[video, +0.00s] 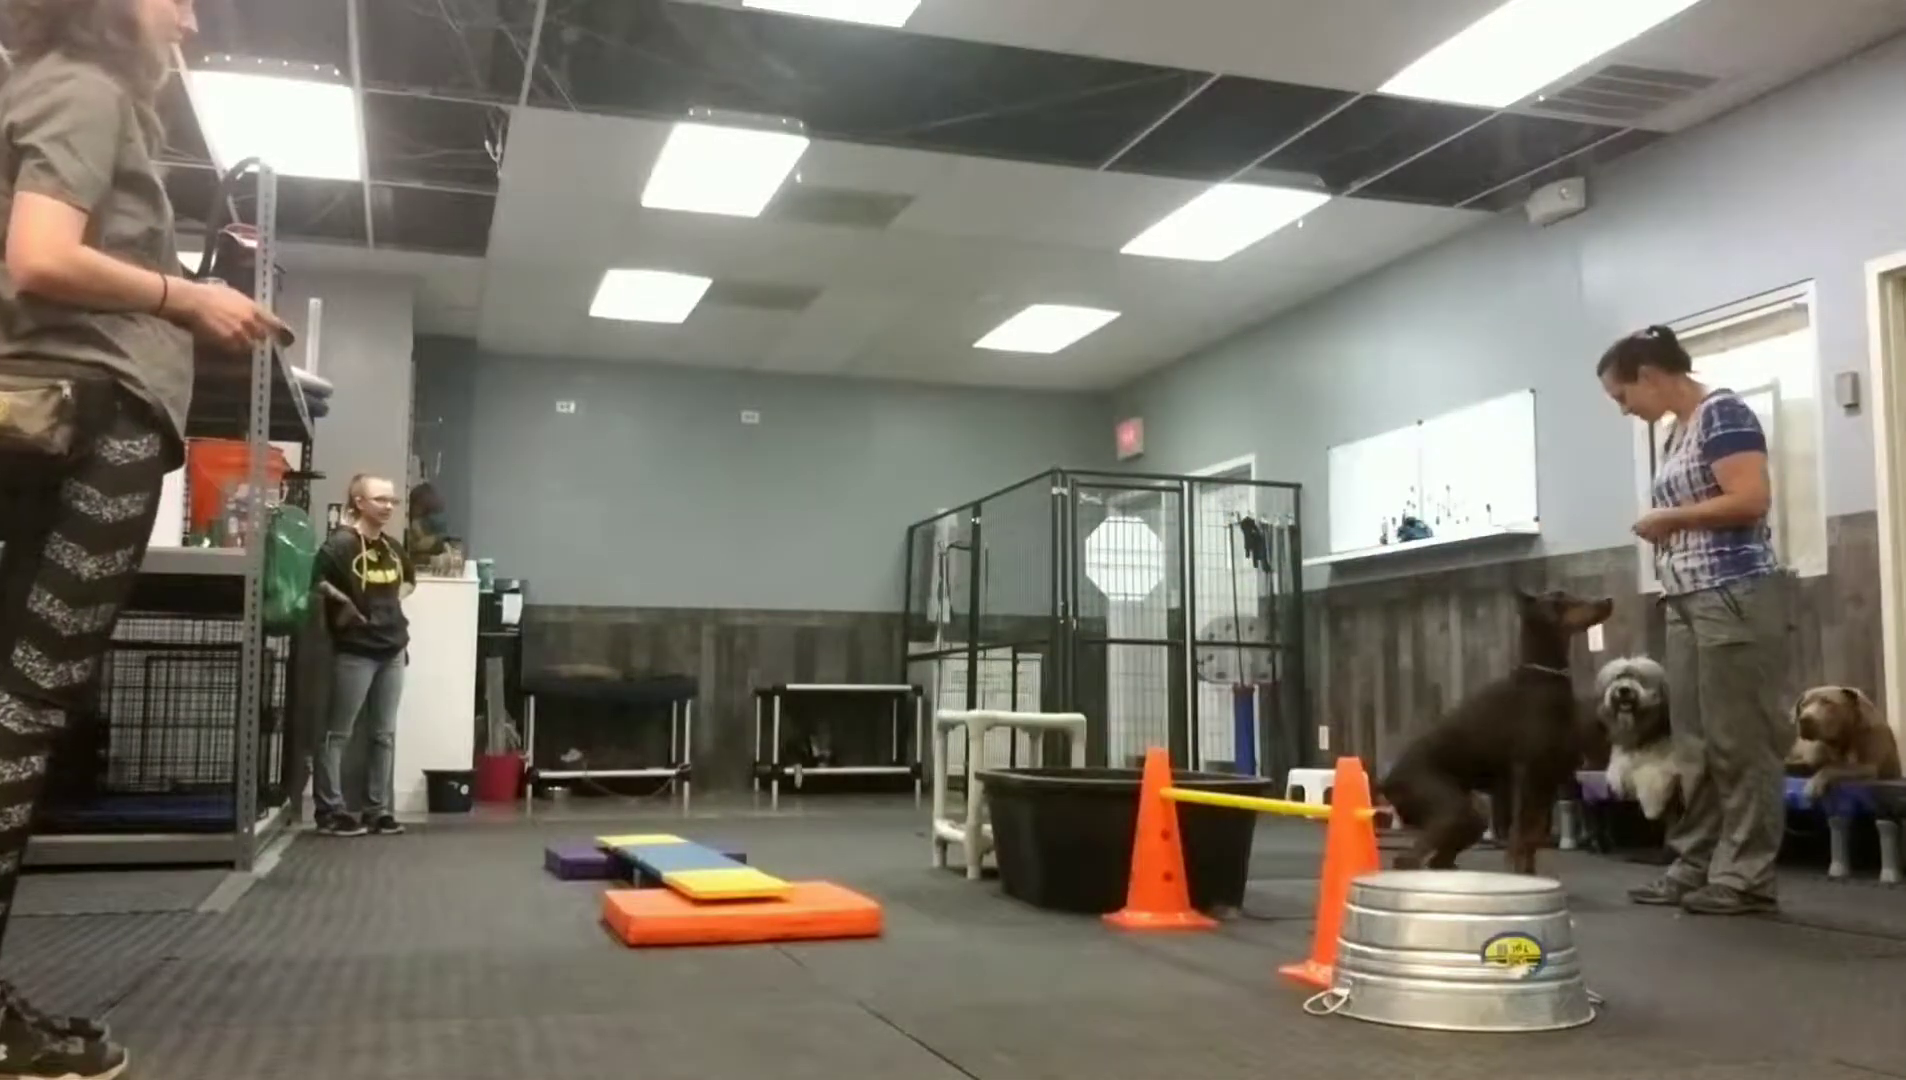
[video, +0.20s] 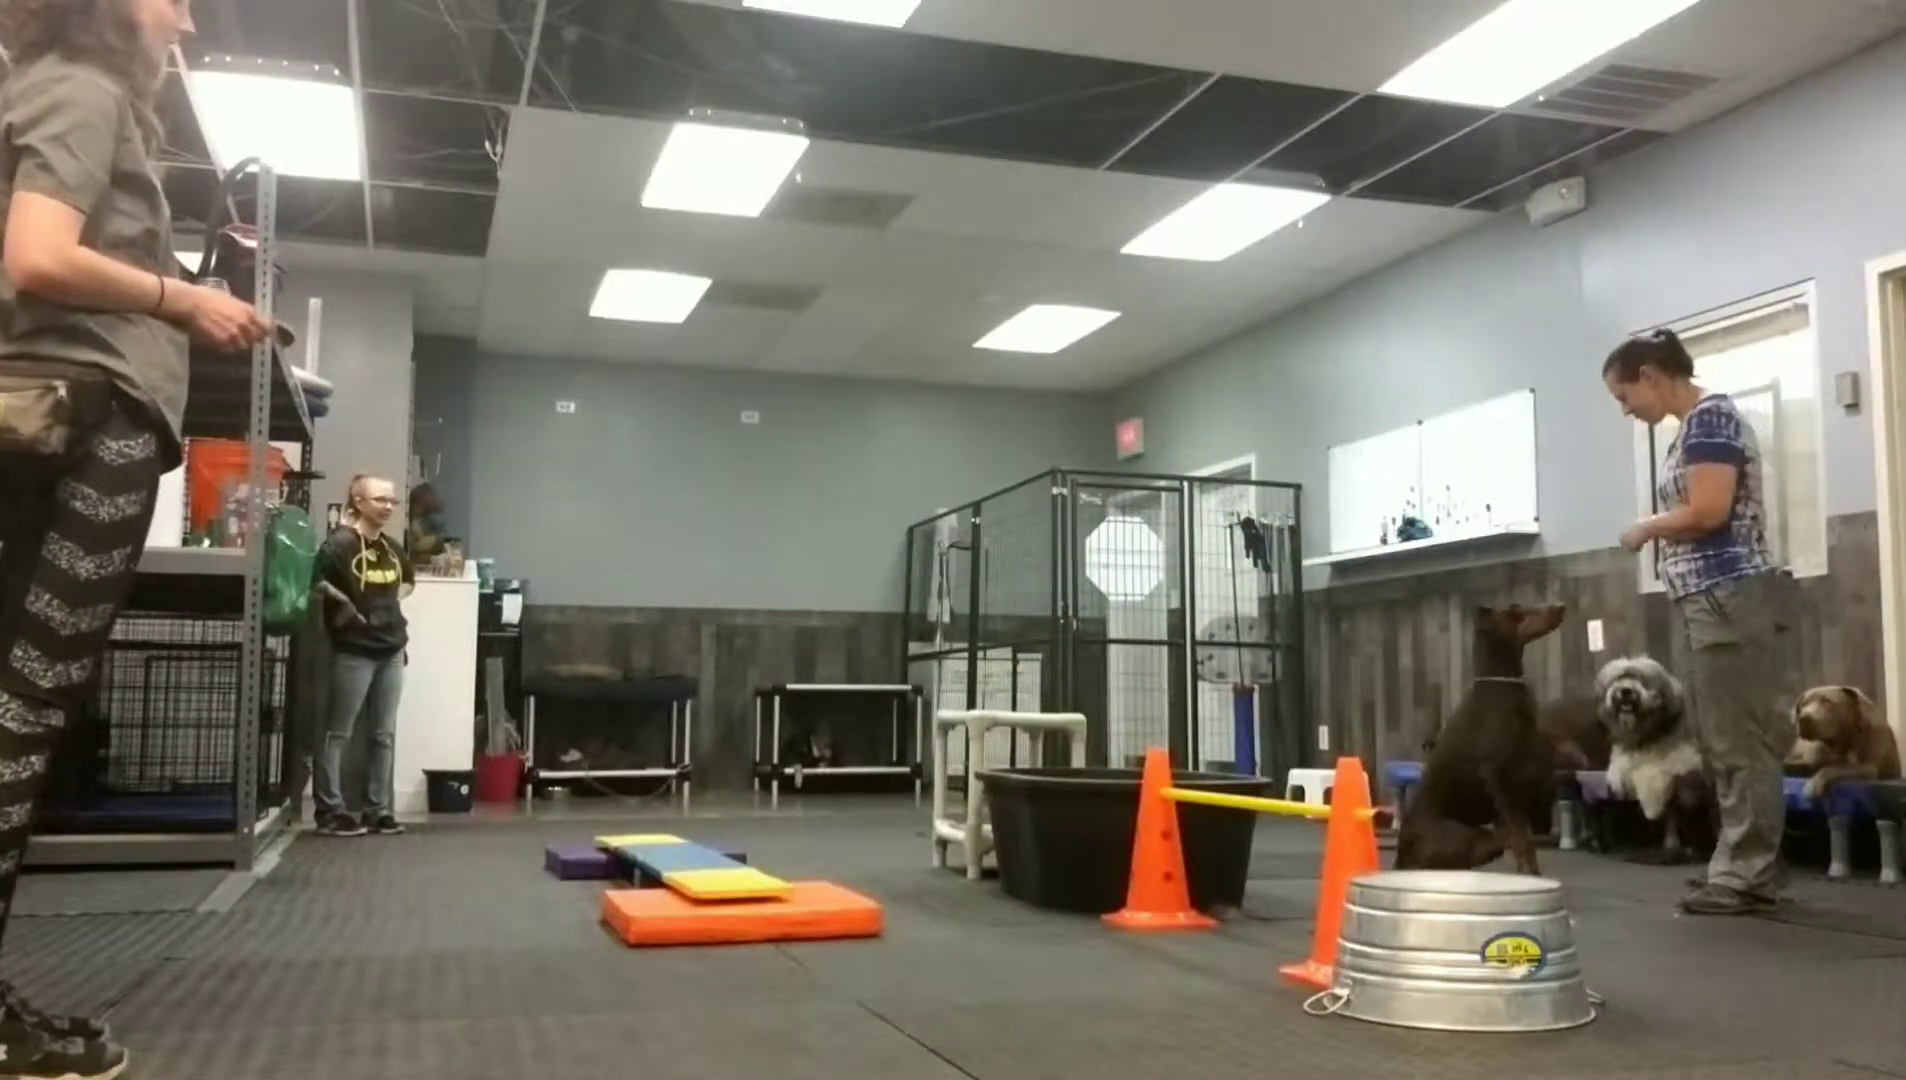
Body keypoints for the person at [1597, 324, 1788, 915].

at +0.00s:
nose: (1626, 410)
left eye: (1623, 396)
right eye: (1619, 401)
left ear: (1650, 374)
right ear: (1650, 380)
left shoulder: (1721, 412)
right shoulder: (1677, 435)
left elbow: (1751, 500)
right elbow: (1702, 512)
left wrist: (1670, 517)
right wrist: (1664, 528)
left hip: (1736, 599)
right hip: (1689, 603)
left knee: (1742, 740)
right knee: (1694, 740)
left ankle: (1746, 879)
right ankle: (1694, 865)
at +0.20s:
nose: (1628, 411)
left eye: (1626, 397)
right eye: (1622, 402)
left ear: (1652, 375)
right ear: (1656, 379)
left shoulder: (1712, 418)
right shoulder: (1697, 426)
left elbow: (1710, 511)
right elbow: (1707, 514)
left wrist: (1650, 526)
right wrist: (1660, 528)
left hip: (1733, 601)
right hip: (1714, 602)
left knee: (1739, 741)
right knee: (1728, 741)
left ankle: (1746, 877)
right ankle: (1741, 873)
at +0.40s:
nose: (1634, 424)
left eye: (1632, 410)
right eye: (1628, 415)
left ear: (1660, 390)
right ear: (1662, 394)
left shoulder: (1713, 433)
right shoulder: (1697, 443)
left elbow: (1734, 514)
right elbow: (1712, 529)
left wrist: (1669, 534)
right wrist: (1656, 553)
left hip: (1723, 609)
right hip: (1709, 609)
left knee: (1728, 737)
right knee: (1725, 737)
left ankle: (1741, 868)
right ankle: (1756, 867)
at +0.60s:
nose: (1603, 426)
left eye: (1604, 413)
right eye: (1598, 417)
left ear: (1635, 397)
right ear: (1634, 402)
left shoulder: (1684, 439)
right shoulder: (1655, 462)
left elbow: (1709, 514)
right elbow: (1661, 551)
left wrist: (1638, 534)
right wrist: (1603, 561)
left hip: (1687, 604)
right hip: (1700, 603)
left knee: (1656, 732)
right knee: (1718, 739)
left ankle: (1646, 862)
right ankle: (1763, 865)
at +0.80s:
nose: (1537, 429)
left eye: (1535, 418)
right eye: (1535, 419)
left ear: (1552, 409)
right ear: (1582, 406)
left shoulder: (1579, 452)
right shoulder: (1623, 452)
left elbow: (1596, 526)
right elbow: (1664, 521)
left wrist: (1546, 539)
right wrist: (1626, 553)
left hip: (1598, 604)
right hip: (1637, 599)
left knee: (1607, 728)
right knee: (1601, 725)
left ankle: (1646, 860)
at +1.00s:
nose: (1467, 439)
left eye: (1470, 428)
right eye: (1466, 430)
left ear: (1497, 422)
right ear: (1512, 424)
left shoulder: (1494, 470)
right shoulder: (1553, 471)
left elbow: (1502, 538)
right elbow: (1594, 538)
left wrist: (1470, 557)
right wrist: (1564, 581)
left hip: (1520, 620)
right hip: (1566, 618)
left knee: (1506, 726)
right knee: (1553, 721)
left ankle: (1582, 804)